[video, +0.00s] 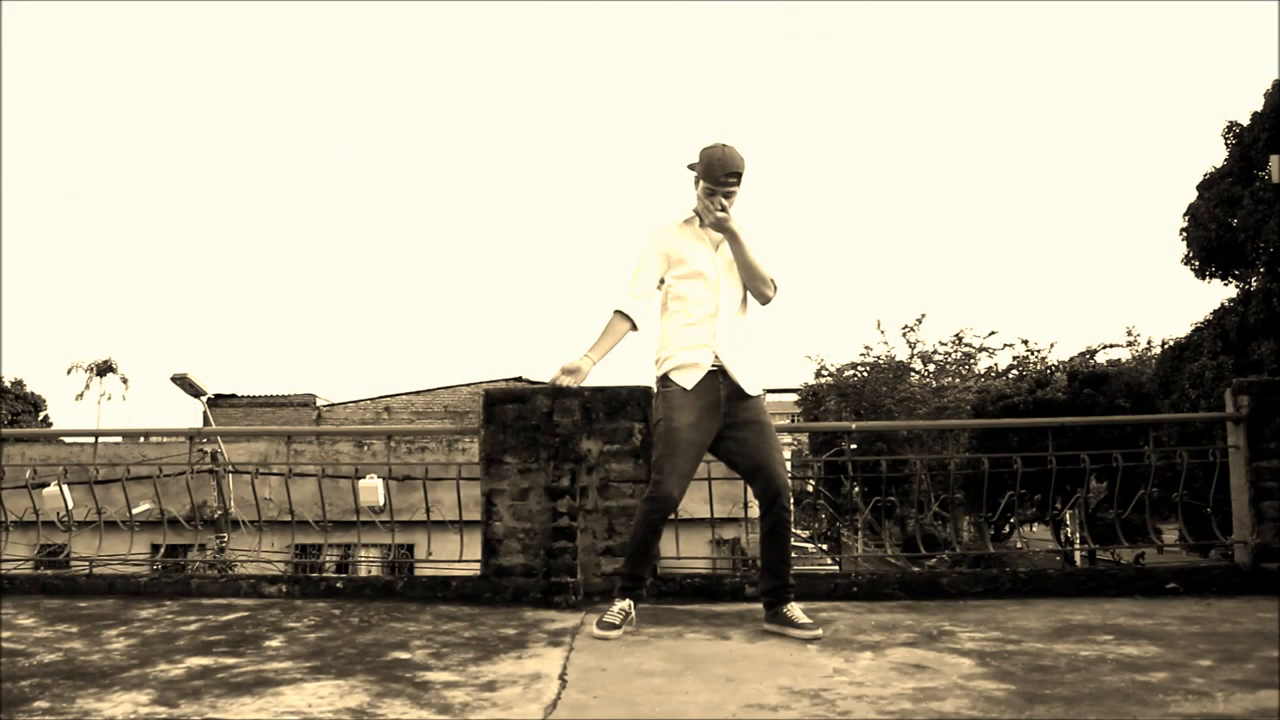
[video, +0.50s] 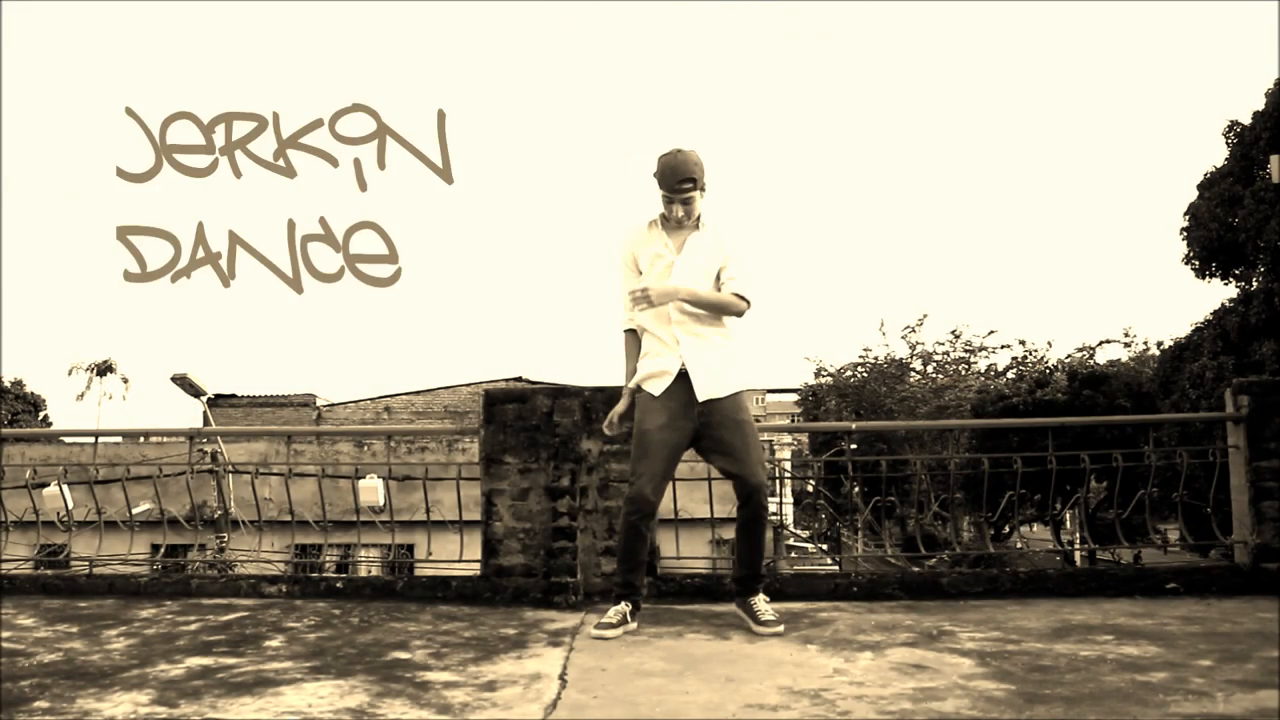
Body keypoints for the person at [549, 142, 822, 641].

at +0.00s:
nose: (724, 195)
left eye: (732, 187)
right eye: (715, 185)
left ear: (740, 187)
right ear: (696, 181)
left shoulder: (738, 240)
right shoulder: (667, 238)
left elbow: (765, 293)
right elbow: (630, 310)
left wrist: (731, 233)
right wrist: (588, 360)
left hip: (739, 383)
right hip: (686, 380)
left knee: (777, 490)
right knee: (667, 492)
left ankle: (779, 604)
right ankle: (624, 599)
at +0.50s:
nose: (680, 206)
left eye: (689, 196)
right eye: (672, 197)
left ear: (702, 190)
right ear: (658, 191)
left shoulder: (723, 238)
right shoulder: (637, 245)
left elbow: (740, 303)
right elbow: (632, 326)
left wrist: (675, 293)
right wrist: (628, 390)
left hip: (722, 381)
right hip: (662, 382)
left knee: (755, 486)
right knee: (641, 495)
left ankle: (749, 593)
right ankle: (627, 602)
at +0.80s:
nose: (645, 183)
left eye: (653, 173)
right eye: (638, 176)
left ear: (674, 171)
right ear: (632, 180)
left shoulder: (710, 228)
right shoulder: (625, 234)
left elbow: (737, 294)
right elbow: (609, 305)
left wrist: (755, 365)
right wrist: (613, 363)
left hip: (718, 376)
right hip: (654, 380)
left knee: (758, 477)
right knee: (630, 486)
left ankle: (775, 586)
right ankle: (607, 594)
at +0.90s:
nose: (643, 201)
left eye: (651, 192)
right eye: (637, 193)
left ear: (672, 189)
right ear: (630, 194)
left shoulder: (704, 243)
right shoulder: (621, 249)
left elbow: (736, 314)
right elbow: (608, 311)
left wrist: (759, 384)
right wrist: (609, 364)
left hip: (715, 393)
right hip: (652, 397)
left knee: (758, 495)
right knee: (633, 506)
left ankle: (788, 597)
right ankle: (609, 602)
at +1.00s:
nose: (661, 215)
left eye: (670, 206)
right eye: (654, 207)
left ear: (692, 206)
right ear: (649, 208)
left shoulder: (721, 265)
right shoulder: (638, 264)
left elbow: (743, 346)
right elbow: (629, 334)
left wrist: (761, 421)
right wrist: (624, 369)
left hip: (720, 406)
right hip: (657, 407)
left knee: (764, 506)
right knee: (626, 510)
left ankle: (788, 604)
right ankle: (608, 603)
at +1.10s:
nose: (676, 212)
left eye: (684, 201)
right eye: (670, 203)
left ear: (711, 201)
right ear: (666, 208)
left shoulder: (743, 267)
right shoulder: (654, 269)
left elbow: (754, 339)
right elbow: (644, 338)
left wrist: (762, 403)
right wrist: (638, 385)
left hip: (727, 398)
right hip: (666, 398)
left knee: (766, 503)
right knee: (635, 493)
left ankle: (790, 604)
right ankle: (604, 592)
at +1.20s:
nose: (688, 203)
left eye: (697, 193)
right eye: (683, 195)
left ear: (725, 193)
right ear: (680, 200)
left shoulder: (755, 256)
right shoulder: (668, 265)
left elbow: (763, 322)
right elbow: (650, 342)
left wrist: (772, 382)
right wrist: (644, 409)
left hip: (737, 396)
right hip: (677, 395)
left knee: (771, 499)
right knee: (644, 485)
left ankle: (790, 604)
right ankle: (601, 582)